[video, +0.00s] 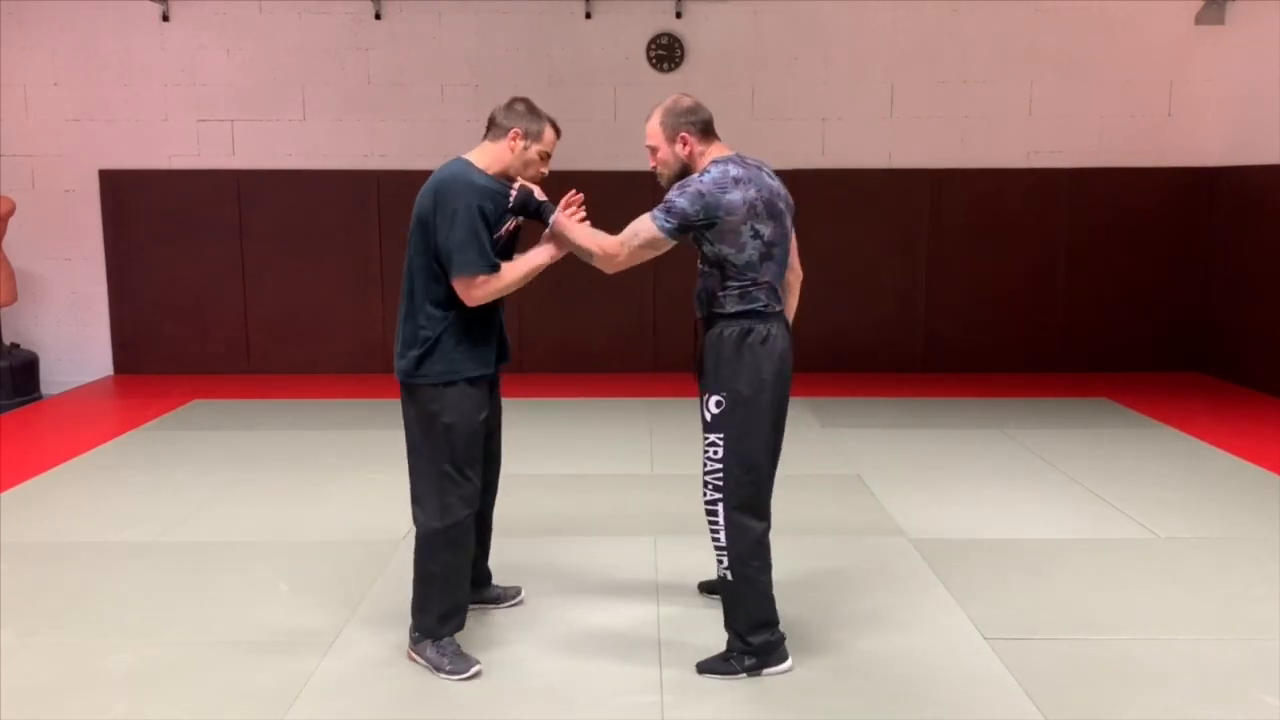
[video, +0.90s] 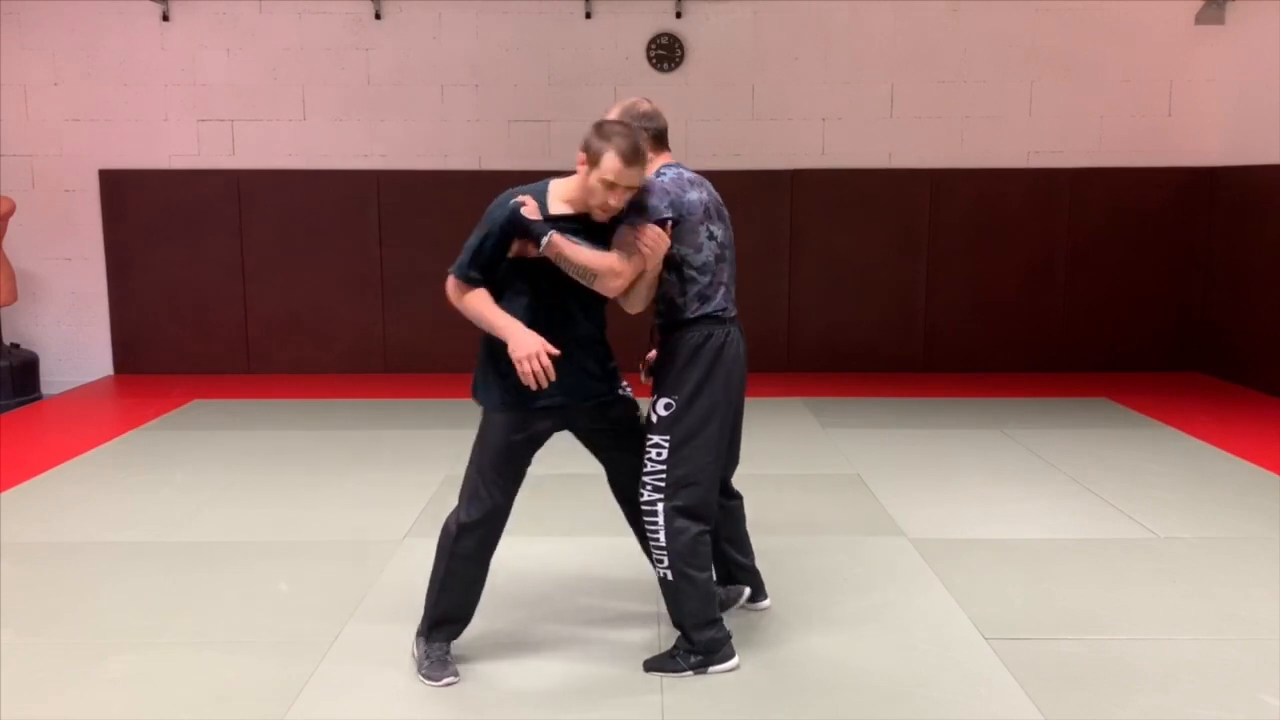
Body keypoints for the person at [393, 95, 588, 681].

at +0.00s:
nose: (539, 171)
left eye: (543, 162)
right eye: (540, 158)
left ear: (511, 139)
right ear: (515, 140)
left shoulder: (489, 190)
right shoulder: (459, 190)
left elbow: (496, 262)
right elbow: (473, 289)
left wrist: (542, 224)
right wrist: (546, 253)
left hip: (474, 367)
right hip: (442, 373)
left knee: (477, 486)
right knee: (448, 502)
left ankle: (471, 583)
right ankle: (431, 633)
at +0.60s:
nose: (547, 183)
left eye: (550, 171)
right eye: (541, 171)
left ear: (508, 162)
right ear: (502, 159)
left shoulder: (515, 211)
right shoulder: (431, 219)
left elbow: (539, 277)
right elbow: (442, 318)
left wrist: (596, 273)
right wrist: (528, 280)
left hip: (526, 379)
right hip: (467, 394)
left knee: (559, 473)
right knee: (467, 520)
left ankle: (500, 562)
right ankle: (432, 638)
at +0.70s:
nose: (556, 189)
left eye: (560, 177)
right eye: (548, 176)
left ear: (525, 167)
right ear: (510, 164)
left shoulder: (543, 211)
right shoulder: (443, 220)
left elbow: (566, 280)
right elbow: (423, 317)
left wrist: (620, 277)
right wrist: (519, 306)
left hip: (544, 374)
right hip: (478, 389)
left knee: (596, 466)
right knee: (467, 521)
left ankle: (563, 574)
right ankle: (432, 640)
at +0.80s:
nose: (583, 194)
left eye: (588, 182)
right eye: (574, 181)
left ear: (587, 174)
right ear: (537, 164)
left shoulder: (575, 211)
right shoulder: (469, 217)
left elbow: (606, 288)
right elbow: (426, 306)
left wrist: (646, 254)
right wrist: (509, 324)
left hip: (566, 378)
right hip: (493, 393)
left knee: (620, 473)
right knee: (470, 519)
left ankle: (648, 584)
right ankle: (432, 640)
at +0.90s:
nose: (618, 201)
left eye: (628, 189)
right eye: (610, 186)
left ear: (637, 181)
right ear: (582, 163)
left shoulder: (619, 225)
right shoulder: (518, 209)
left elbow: (633, 303)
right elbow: (461, 285)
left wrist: (655, 261)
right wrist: (514, 332)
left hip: (594, 386)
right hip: (519, 391)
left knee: (652, 489)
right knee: (480, 512)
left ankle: (698, 596)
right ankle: (436, 635)